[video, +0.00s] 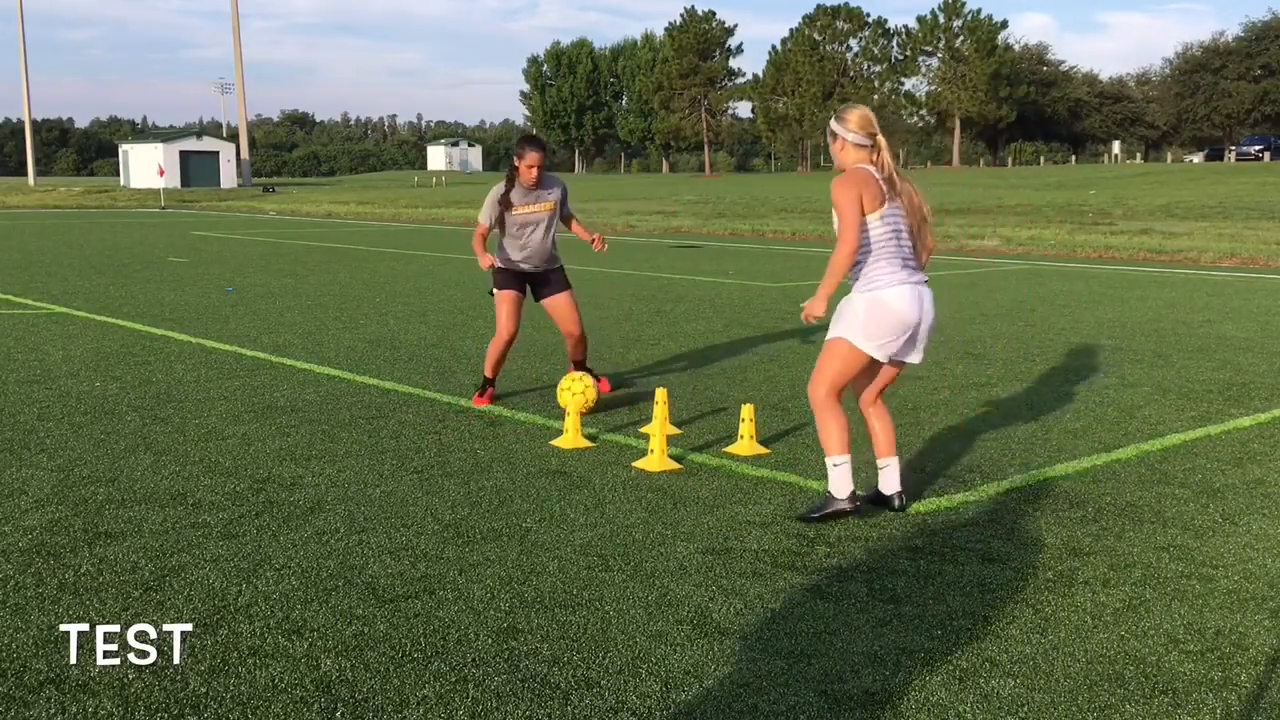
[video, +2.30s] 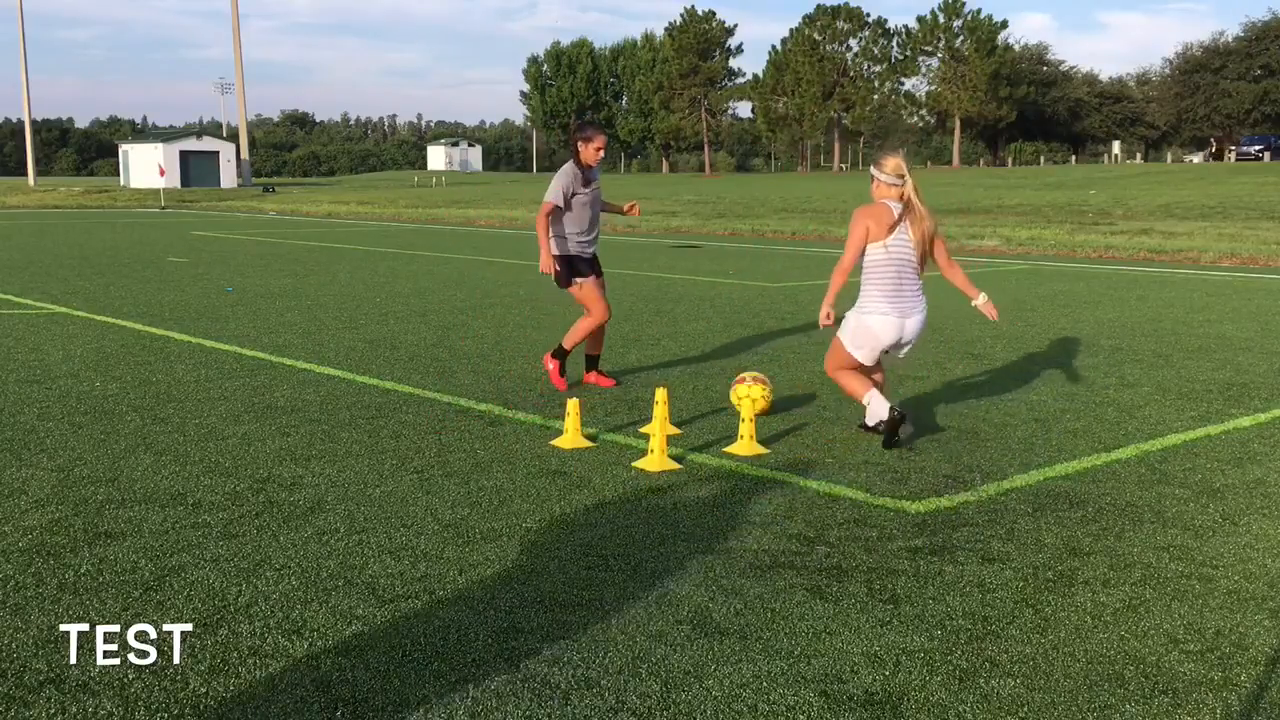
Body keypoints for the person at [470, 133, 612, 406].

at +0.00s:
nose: (535, 173)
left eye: (540, 167)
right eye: (529, 167)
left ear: (544, 163)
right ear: (516, 163)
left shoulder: (556, 187)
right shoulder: (501, 192)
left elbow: (567, 218)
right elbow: (479, 234)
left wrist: (589, 237)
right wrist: (482, 254)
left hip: (547, 268)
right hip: (510, 269)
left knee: (576, 332)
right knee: (507, 332)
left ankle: (581, 375)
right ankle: (487, 385)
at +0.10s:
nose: (529, 158)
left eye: (533, 151)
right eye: (523, 152)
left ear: (539, 148)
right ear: (510, 148)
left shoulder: (549, 171)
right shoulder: (494, 180)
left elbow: (561, 195)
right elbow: (471, 220)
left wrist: (594, 215)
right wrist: (477, 230)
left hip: (544, 257)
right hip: (506, 259)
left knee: (568, 319)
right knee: (504, 327)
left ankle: (560, 375)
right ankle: (487, 385)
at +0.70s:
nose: (528, 155)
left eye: (533, 149)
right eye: (522, 148)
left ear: (540, 145)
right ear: (510, 143)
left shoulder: (551, 174)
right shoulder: (489, 170)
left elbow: (561, 217)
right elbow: (464, 202)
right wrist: (442, 241)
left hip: (530, 260)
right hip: (490, 254)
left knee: (541, 329)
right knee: (485, 325)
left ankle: (543, 408)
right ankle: (459, 403)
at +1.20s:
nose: (536, 138)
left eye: (540, 132)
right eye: (530, 132)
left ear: (544, 134)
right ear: (515, 133)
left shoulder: (555, 166)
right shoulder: (497, 166)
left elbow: (562, 202)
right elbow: (482, 208)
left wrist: (566, 226)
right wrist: (488, 229)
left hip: (538, 258)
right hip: (500, 254)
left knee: (540, 333)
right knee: (491, 324)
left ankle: (523, 395)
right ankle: (468, 397)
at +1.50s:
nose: (559, 146)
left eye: (562, 140)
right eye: (554, 139)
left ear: (564, 144)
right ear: (536, 141)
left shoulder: (564, 174)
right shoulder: (517, 176)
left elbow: (556, 213)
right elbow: (492, 217)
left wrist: (574, 233)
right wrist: (509, 251)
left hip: (553, 262)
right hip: (521, 262)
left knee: (581, 324)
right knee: (530, 330)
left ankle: (559, 370)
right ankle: (505, 398)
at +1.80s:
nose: (587, 147)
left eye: (588, 142)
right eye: (581, 142)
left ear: (588, 143)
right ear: (564, 143)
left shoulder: (592, 173)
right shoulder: (546, 175)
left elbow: (595, 207)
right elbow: (524, 214)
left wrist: (622, 227)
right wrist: (526, 250)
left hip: (583, 259)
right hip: (552, 257)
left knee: (595, 323)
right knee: (551, 321)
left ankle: (578, 378)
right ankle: (522, 389)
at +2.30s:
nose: (602, 155)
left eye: (604, 150)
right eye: (598, 150)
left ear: (593, 148)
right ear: (580, 146)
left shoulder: (591, 172)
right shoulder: (566, 175)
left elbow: (594, 204)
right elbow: (542, 216)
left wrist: (621, 210)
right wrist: (544, 253)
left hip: (588, 252)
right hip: (567, 255)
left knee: (600, 313)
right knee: (599, 312)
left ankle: (592, 371)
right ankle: (555, 358)